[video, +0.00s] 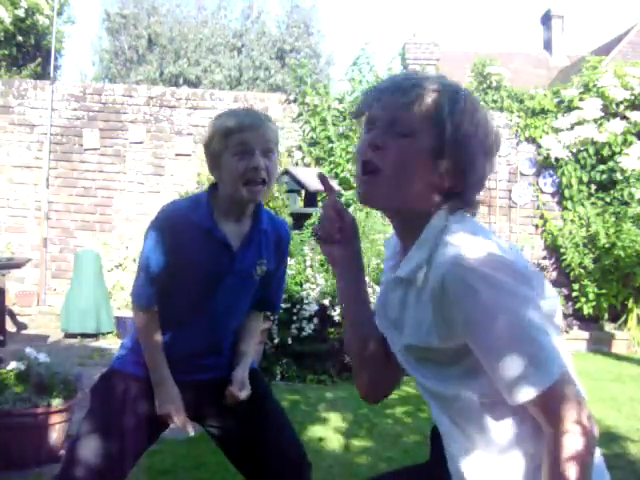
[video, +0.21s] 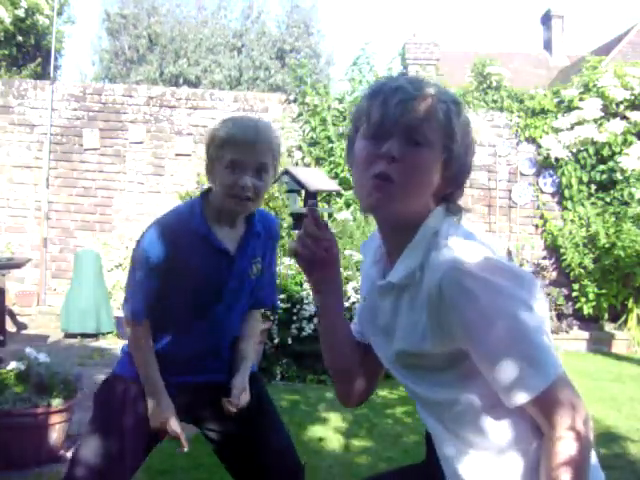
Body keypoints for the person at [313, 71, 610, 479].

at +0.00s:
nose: (370, 141)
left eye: (399, 132)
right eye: (368, 128)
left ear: (447, 174)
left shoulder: (467, 264)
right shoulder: (403, 248)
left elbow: (573, 422)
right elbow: (373, 385)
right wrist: (344, 260)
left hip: (527, 471)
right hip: (465, 464)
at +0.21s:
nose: (389, 150)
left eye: (414, 141)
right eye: (375, 136)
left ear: (447, 178)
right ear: (351, 158)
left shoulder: (466, 272)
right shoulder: (379, 253)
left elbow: (569, 421)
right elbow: (353, 389)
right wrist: (326, 283)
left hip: (526, 472)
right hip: (455, 464)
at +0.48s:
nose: (372, 159)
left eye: (395, 149)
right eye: (355, 146)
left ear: (430, 182)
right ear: (331, 170)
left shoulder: (463, 278)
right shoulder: (366, 263)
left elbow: (553, 429)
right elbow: (386, 390)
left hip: (512, 469)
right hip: (438, 465)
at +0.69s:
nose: (306, 93)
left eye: (316, 77)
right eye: (310, 77)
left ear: (352, 81)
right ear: (399, 85)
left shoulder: (404, 170)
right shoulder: (408, 157)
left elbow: (480, 334)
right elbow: (497, 212)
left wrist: (329, 260)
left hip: (466, 451)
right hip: (402, 431)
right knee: (303, 475)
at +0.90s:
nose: (324, 35)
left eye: (329, 19)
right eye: (328, 19)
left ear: (347, 20)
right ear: (411, 22)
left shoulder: (381, 72)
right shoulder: (459, 80)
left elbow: (421, 245)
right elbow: (559, 138)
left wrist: (299, 137)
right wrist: (481, 195)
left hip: (427, 373)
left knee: (324, 474)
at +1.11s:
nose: (346, 102)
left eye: (347, 87)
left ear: (360, 86)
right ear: (447, 87)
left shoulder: (371, 163)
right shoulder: (499, 166)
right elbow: (548, 290)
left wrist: (269, 204)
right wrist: (457, 329)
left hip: (399, 433)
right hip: (482, 427)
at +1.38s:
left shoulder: (323, 27)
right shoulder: (482, 8)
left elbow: (297, 172)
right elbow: (586, 51)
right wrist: (503, 147)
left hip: (350, 295)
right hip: (463, 297)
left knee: (351, 464)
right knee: (455, 465)